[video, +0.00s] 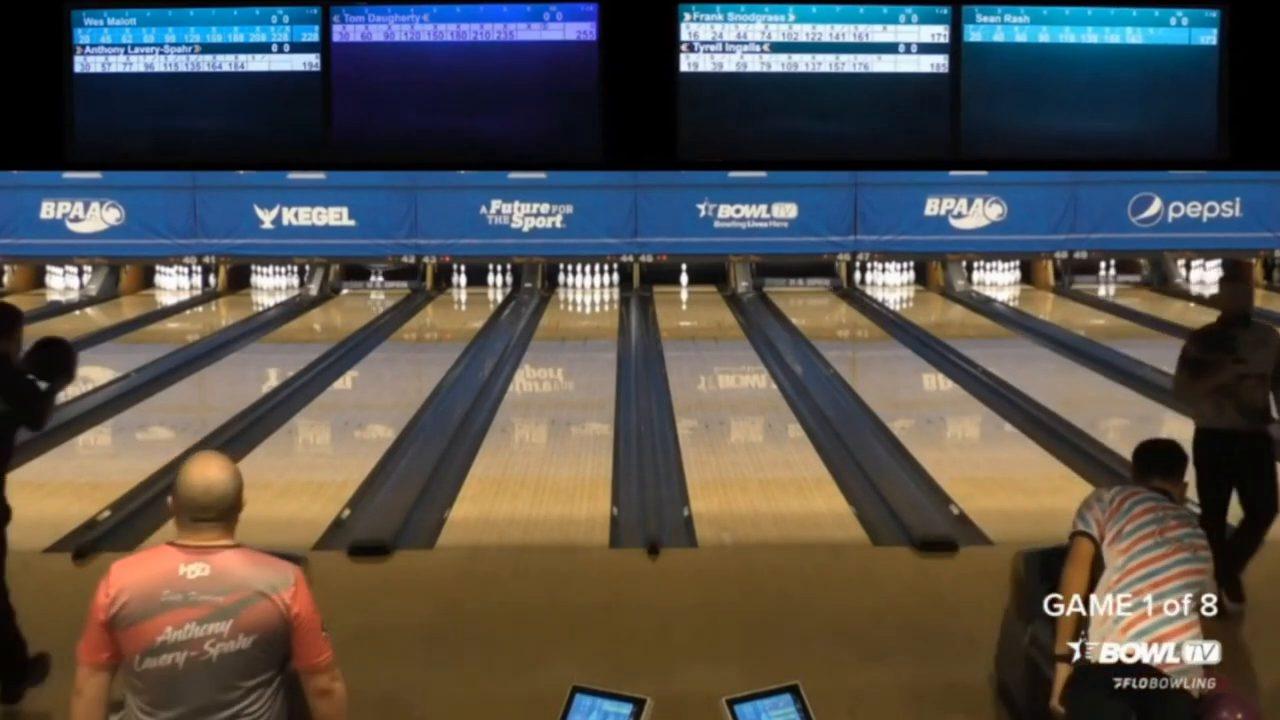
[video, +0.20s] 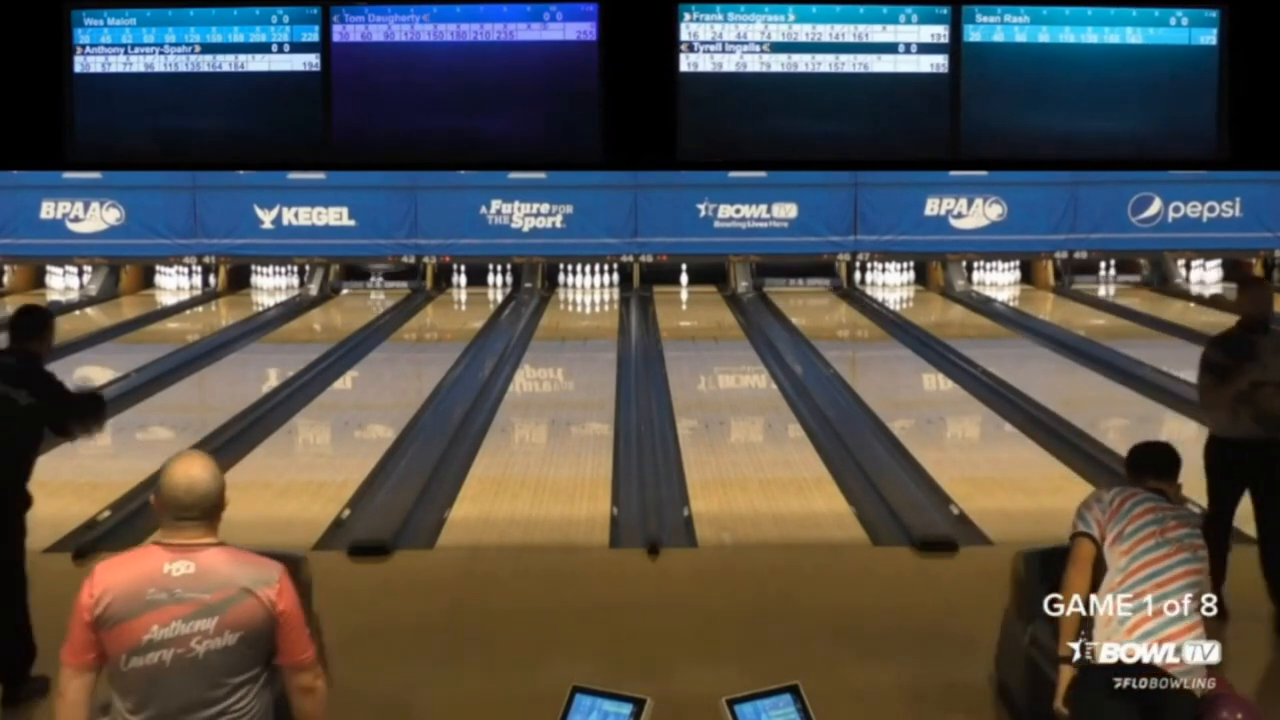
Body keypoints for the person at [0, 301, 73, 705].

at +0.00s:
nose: (18, 343)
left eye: (17, 336)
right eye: (16, 335)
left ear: (8, 339)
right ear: (10, 338)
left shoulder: (11, 376)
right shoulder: (10, 378)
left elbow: (32, 415)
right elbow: (36, 417)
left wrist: (31, 377)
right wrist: (51, 385)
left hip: (1, 502)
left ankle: (13, 664)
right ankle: (12, 667)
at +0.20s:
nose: (51, 343)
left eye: (50, 336)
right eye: (49, 336)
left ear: (12, 334)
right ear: (41, 338)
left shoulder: (9, 371)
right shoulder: (32, 378)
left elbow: (59, 411)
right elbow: (69, 416)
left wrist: (86, 402)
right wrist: (98, 400)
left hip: (9, 502)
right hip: (9, 504)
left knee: (12, 589)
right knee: (11, 590)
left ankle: (14, 676)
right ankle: (14, 680)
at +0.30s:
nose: (68, 340)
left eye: (64, 333)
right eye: (68, 334)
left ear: (33, 329)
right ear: (66, 335)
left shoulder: (4, 358)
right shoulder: (64, 385)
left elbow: (69, 447)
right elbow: (73, 448)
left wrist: (86, 475)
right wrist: (92, 478)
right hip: (14, 496)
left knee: (11, 583)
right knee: (13, 584)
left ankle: (12, 675)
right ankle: (14, 679)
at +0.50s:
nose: (89, 343)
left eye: (86, 335)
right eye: (90, 336)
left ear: (55, 329)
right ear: (86, 336)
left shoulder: (16, 355)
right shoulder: (84, 385)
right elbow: (78, 457)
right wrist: (80, 513)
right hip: (21, 496)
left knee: (13, 582)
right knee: (16, 583)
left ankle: (11, 674)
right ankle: (12, 677)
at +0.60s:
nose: (104, 345)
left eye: (102, 338)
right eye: (104, 339)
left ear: (71, 330)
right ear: (100, 337)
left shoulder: (31, 352)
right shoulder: (93, 378)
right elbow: (79, 444)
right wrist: (72, 503)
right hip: (27, 484)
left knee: (18, 568)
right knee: (23, 570)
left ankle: (16, 652)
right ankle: (15, 655)